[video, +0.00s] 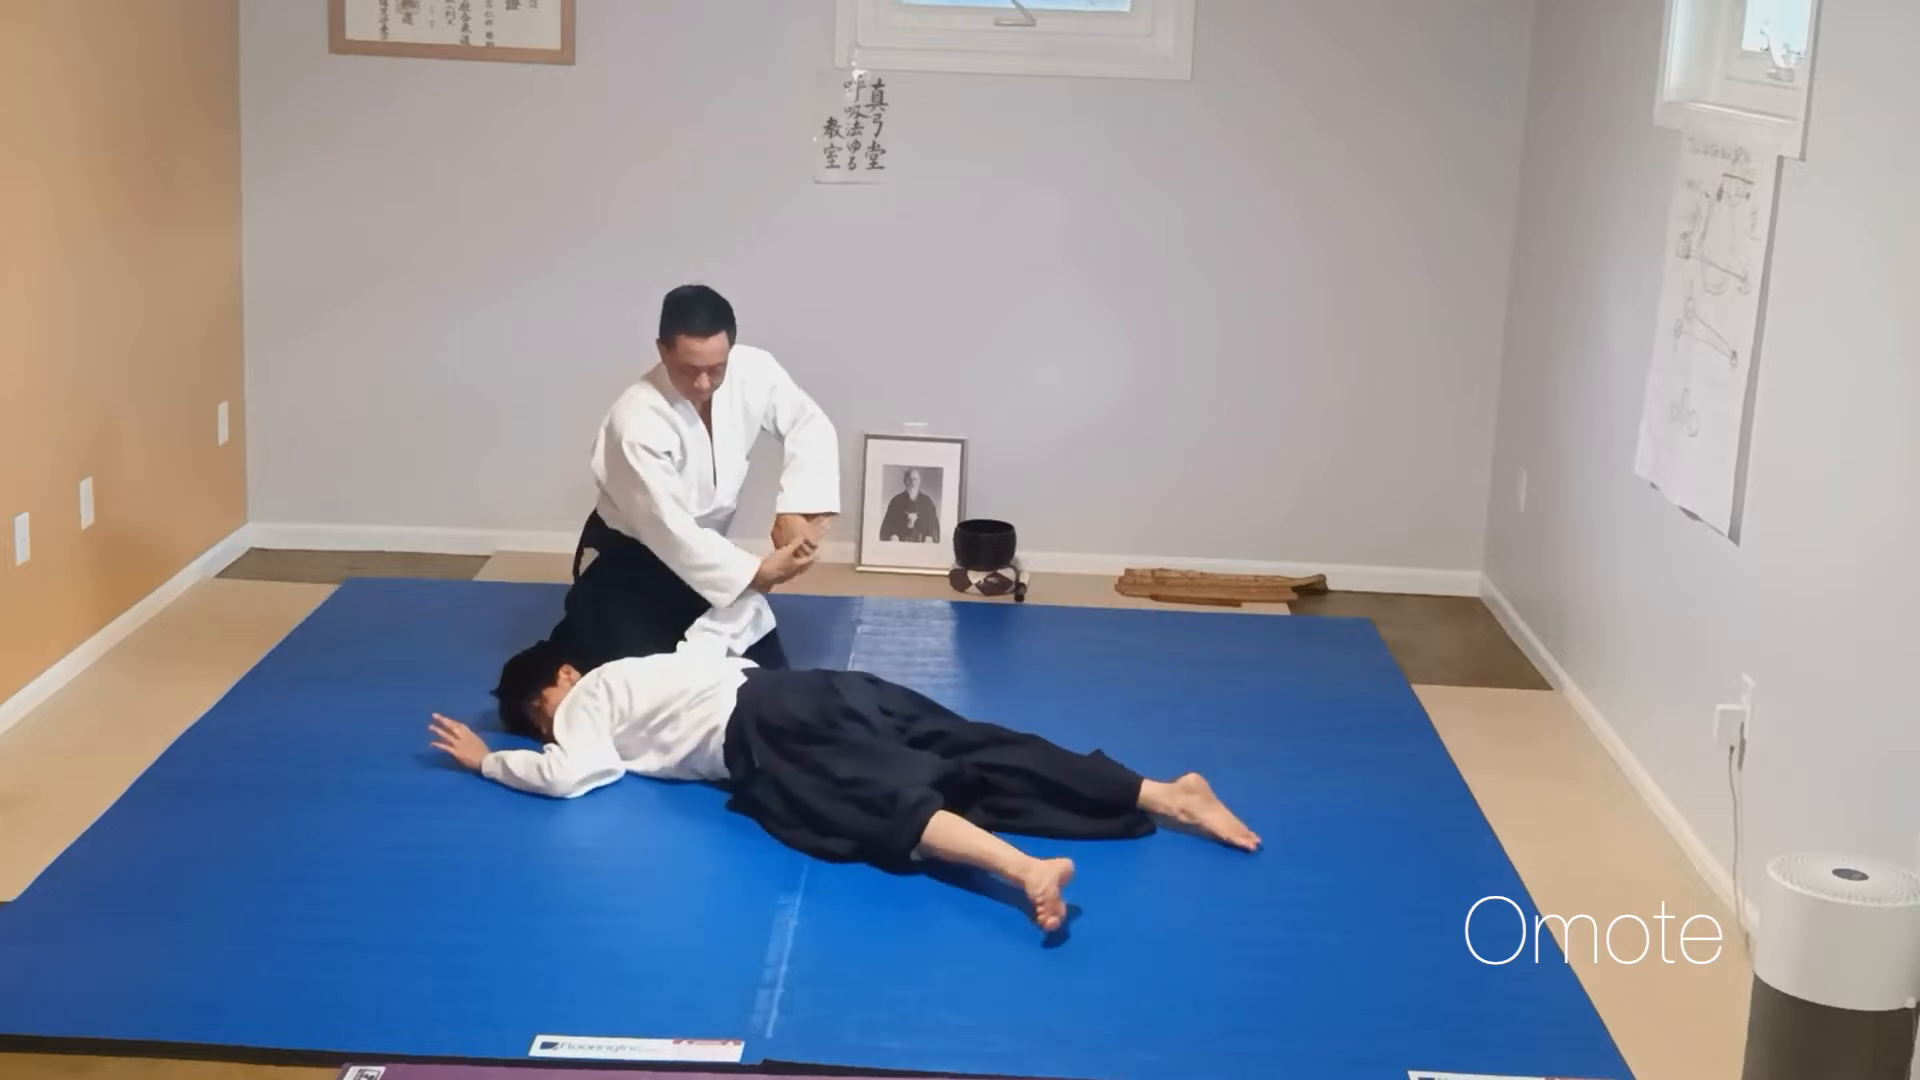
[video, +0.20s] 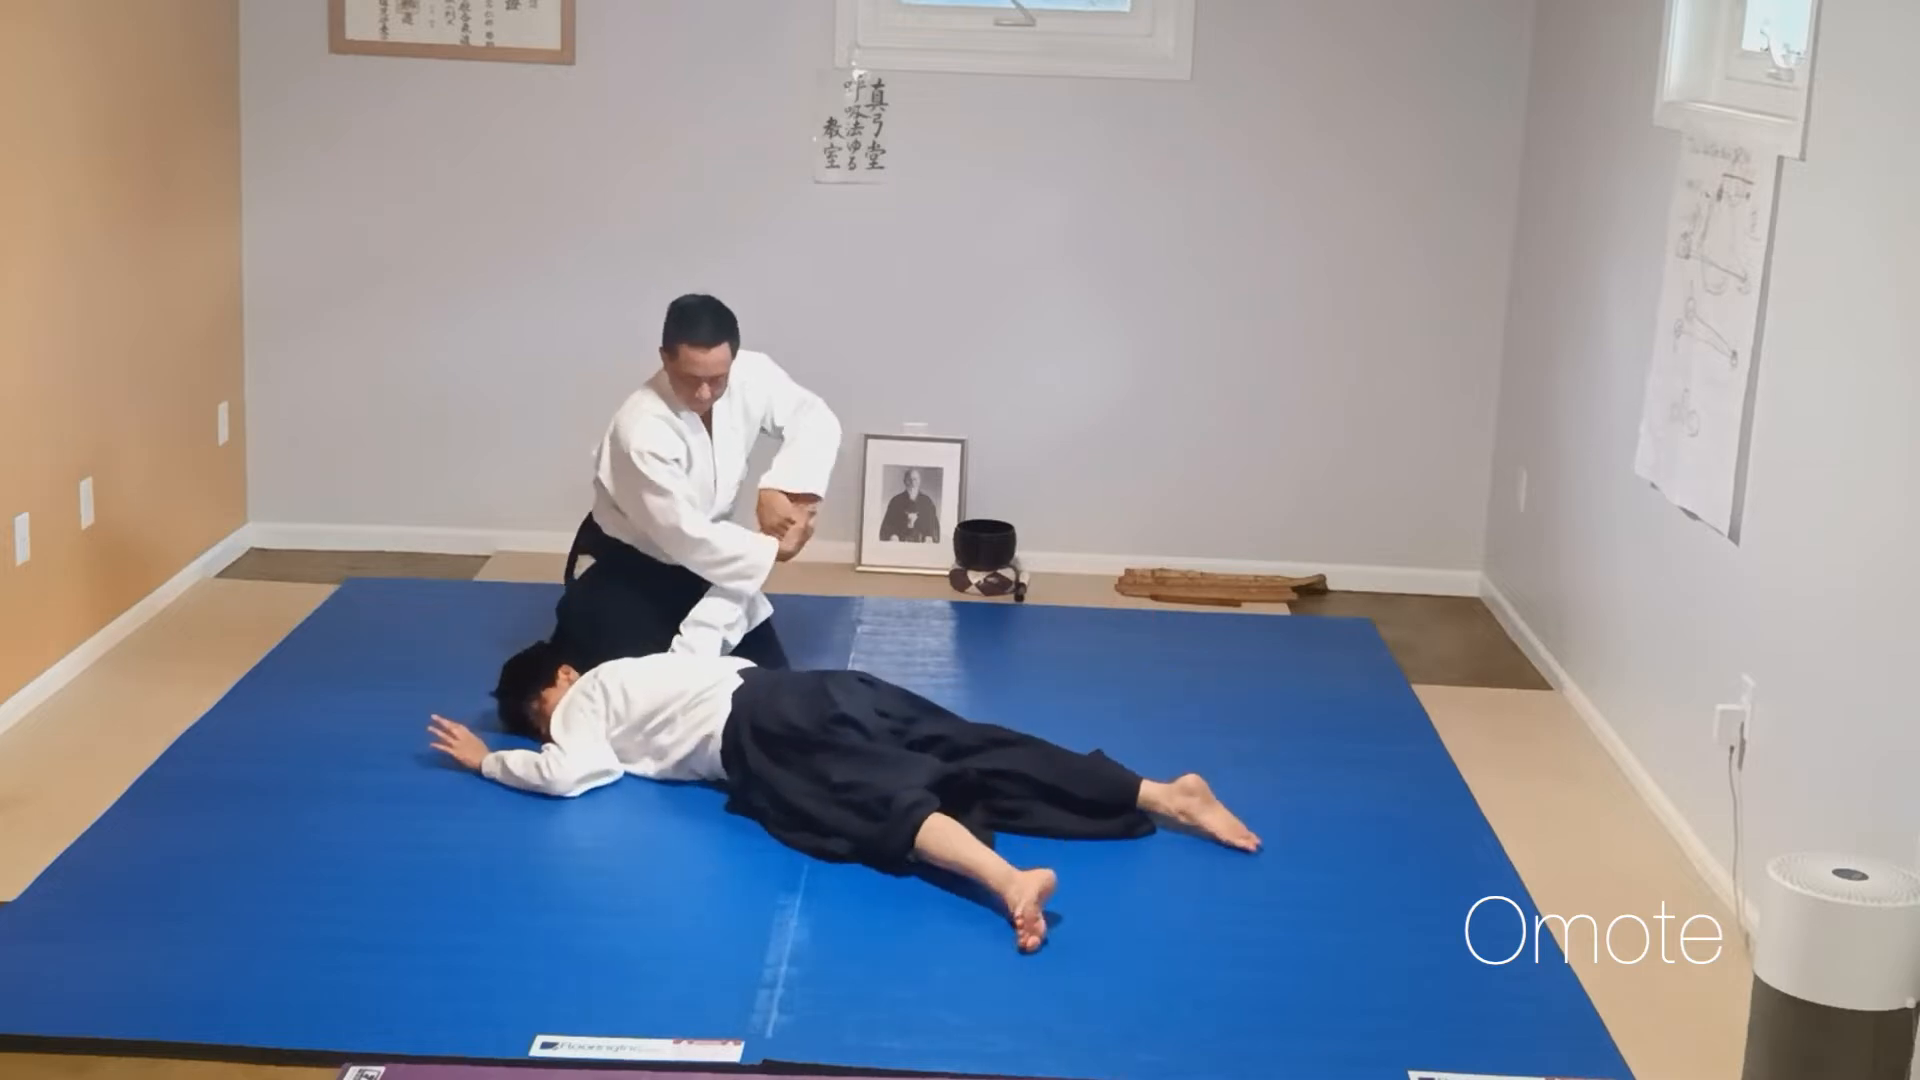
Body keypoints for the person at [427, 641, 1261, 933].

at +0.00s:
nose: (543, 729)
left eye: (536, 714)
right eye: (539, 716)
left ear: (557, 686)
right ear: (577, 669)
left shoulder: (585, 701)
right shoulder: (667, 658)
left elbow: (567, 777)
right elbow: (731, 628)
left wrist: (484, 759)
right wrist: (766, 577)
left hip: (769, 727)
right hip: (821, 682)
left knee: (876, 805)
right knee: (974, 746)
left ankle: (1020, 867)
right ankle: (1171, 794)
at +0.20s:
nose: (548, 720)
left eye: (539, 709)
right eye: (545, 710)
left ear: (559, 687)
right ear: (577, 667)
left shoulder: (584, 702)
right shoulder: (661, 662)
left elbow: (569, 771)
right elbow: (727, 627)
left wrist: (484, 759)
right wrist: (762, 550)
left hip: (766, 728)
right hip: (815, 682)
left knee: (881, 806)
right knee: (968, 748)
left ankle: (1008, 881)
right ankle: (1165, 797)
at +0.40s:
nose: (539, 726)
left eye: (532, 712)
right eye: (536, 714)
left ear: (552, 689)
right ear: (573, 668)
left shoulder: (579, 701)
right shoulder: (653, 658)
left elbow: (563, 778)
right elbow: (716, 627)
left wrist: (484, 759)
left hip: (760, 740)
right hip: (807, 685)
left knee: (885, 809)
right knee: (966, 745)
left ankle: (1022, 863)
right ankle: (1165, 795)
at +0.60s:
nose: (537, 730)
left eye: (529, 716)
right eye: (533, 715)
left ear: (546, 694)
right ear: (571, 669)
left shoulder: (575, 705)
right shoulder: (655, 650)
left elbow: (559, 779)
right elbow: (706, 590)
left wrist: (483, 757)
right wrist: (740, 505)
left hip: (751, 737)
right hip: (805, 688)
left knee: (891, 804)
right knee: (963, 746)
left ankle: (1041, 839)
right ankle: (1161, 795)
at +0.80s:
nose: (535, 724)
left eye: (528, 712)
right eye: (534, 710)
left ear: (545, 694)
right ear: (569, 670)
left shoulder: (573, 709)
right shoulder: (651, 651)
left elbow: (557, 778)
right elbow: (689, 591)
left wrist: (485, 757)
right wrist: (717, 511)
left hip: (745, 736)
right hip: (800, 688)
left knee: (890, 801)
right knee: (962, 746)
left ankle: (1036, 846)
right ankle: (1159, 795)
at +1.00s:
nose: (536, 720)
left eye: (527, 710)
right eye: (533, 709)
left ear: (546, 692)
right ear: (573, 664)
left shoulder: (573, 699)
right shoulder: (647, 660)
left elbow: (558, 778)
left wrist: (488, 759)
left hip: (748, 737)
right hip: (802, 687)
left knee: (889, 809)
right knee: (964, 748)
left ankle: (1030, 860)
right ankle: (1159, 797)